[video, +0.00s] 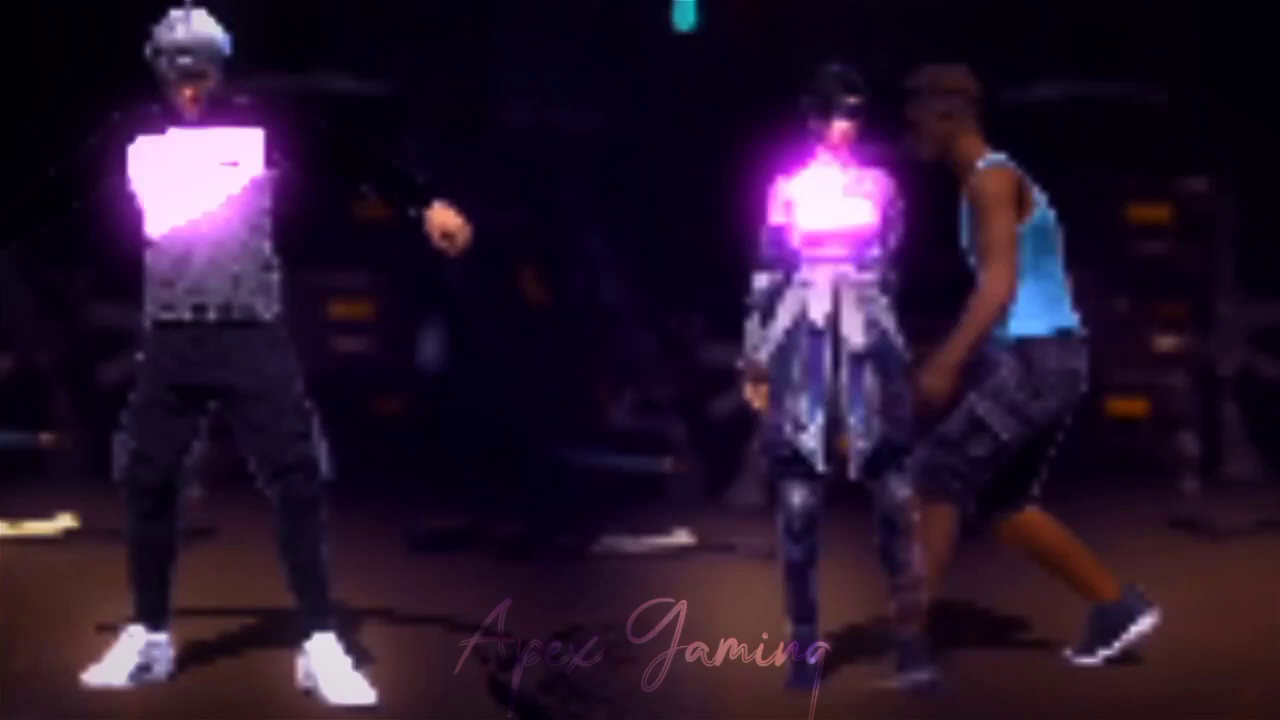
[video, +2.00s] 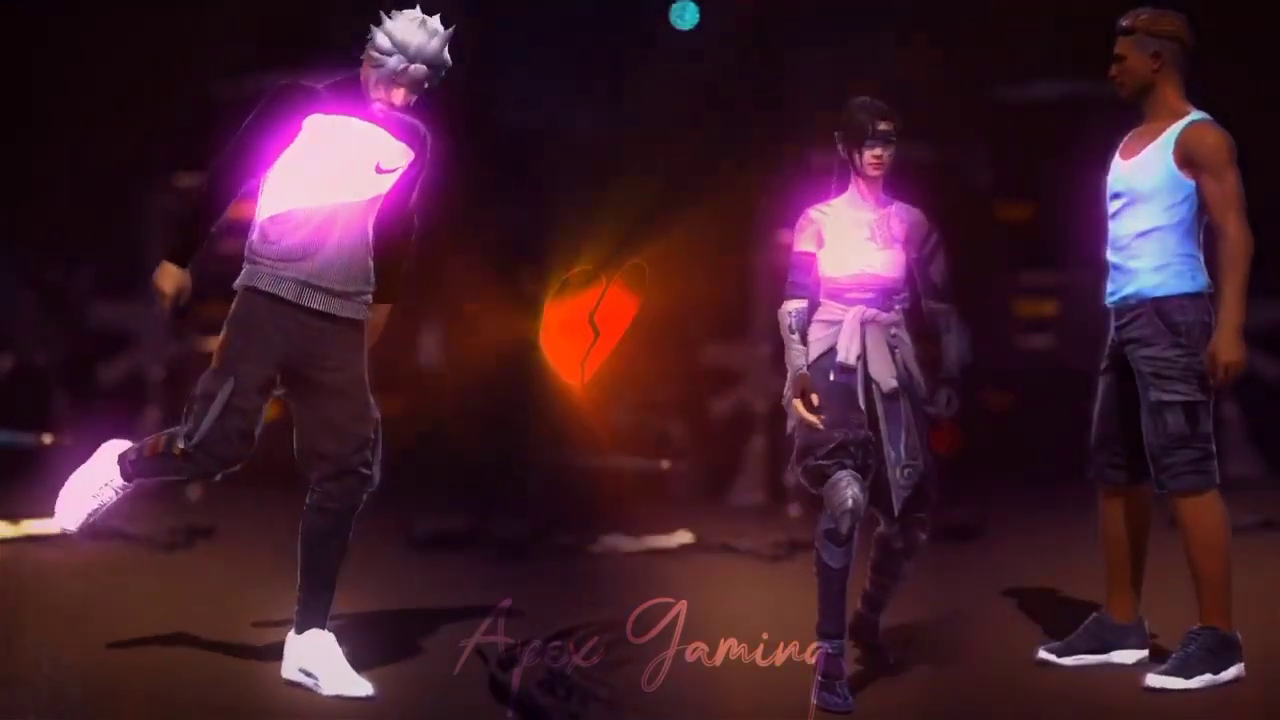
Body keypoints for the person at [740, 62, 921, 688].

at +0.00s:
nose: (845, 128)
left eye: (854, 116)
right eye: (836, 116)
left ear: (864, 121)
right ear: (815, 119)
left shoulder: (881, 186)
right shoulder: (786, 187)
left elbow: (887, 274)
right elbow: (767, 275)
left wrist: (902, 363)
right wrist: (755, 362)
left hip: (869, 338)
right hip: (802, 337)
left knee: (893, 488)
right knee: (799, 495)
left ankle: (909, 634)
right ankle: (804, 637)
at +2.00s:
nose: (880, 152)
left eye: (888, 142)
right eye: (869, 142)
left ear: (896, 148)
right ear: (848, 148)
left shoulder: (911, 220)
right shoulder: (817, 219)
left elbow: (939, 304)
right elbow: (795, 300)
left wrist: (949, 375)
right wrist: (795, 364)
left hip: (893, 354)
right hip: (831, 352)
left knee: (907, 509)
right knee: (844, 496)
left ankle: (868, 621)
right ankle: (831, 650)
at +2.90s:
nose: (853, 264)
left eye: (849, 255)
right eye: (843, 256)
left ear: (822, 267)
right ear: (819, 265)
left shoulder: (815, 326)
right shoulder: (817, 329)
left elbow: (841, 415)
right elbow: (845, 418)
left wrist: (912, 419)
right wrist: (916, 420)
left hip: (799, 465)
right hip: (809, 465)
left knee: (813, 615)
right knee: (936, 499)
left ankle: (691, 615)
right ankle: (923, 654)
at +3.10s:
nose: (843, 277)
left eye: (840, 267)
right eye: (836, 268)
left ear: (814, 276)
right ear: (817, 274)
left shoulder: (806, 330)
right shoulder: (815, 333)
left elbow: (842, 423)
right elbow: (847, 428)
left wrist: (908, 419)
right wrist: (913, 420)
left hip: (793, 474)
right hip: (813, 474)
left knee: (802, 624)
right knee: (941, 500)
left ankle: (684, 621)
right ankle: (924, 649)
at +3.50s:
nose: (836, 286)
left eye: (832, 278)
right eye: (828, 279)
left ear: (807, 290)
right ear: (811, 288)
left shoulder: (795, 346)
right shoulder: (812, 346)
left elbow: (846, 437)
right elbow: (852, 428)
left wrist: (904, 409)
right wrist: (908, 410)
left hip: (785, 488)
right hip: (812, 488)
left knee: (791, 638)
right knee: (939, 499)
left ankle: (670, 623)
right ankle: (923, 645)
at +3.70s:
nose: (835, 288)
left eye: (831, 279)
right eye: (828, 279)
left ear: (804, 290)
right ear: (809, 287)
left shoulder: (794, 349)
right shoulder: (811, 346)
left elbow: (845, 436)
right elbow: (854, 429)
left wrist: (899, 408)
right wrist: (906, 409)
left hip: (786, 486)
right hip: (813, 487)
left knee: (791, 638)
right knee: (941, 501)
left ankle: (674, 625)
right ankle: (923, 644)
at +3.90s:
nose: (833, 288)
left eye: (829, 279)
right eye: (826, 280)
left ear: (801, 291)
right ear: (806, 288)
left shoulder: (791, 346)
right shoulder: (808, 347)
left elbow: (844, 425)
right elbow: (851, 432)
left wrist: (893, 400)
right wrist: (908, 402)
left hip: (787, 488)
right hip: (813, 490)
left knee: (790, 634)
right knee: (940, 497)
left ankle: (681, 626)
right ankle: (923, 646)